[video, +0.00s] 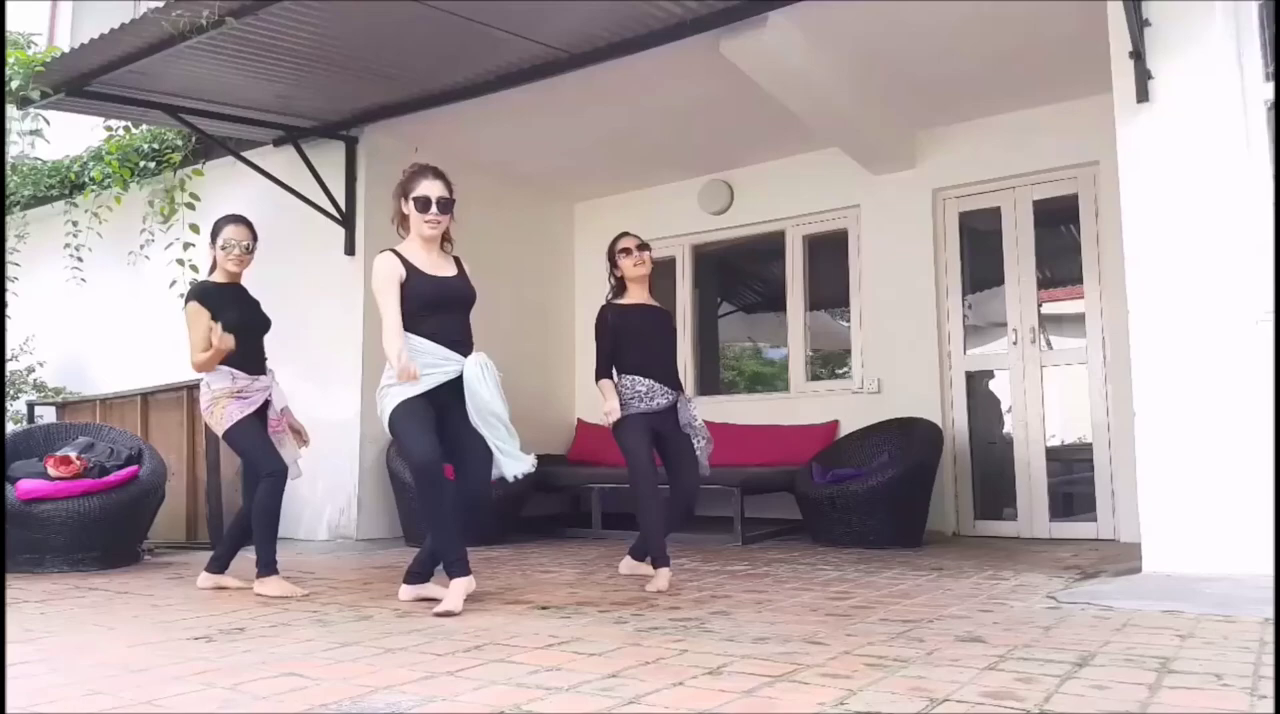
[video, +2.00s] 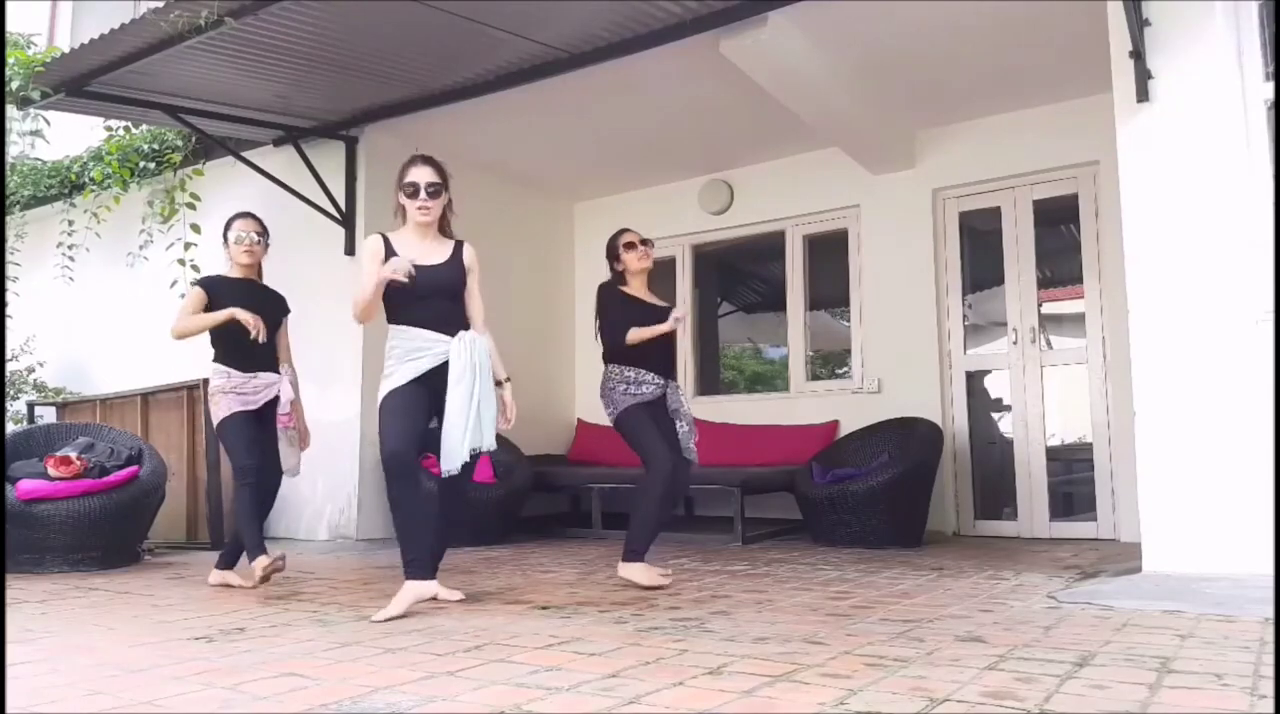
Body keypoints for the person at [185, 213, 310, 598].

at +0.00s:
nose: (238, 253)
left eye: (246, 247)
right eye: (230, 246)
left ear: (253, 252)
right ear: (213, 249)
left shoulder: (246, 296)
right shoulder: (201, 296)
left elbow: (258, 365)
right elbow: (199, 364)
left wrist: (285, 415)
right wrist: (220, 350)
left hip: (261, 393)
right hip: (226, 395)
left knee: (257, 497)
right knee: (273, 469)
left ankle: (213, 570)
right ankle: (267, 575)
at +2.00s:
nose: (249, 241)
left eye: (257, 236)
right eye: (240, 236)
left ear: (266, 246)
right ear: (227, 246)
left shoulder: (275, 300)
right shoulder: (210, 286)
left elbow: (286, 362)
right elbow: (179, 327)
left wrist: (298, 413)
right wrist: (230, 313)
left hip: (272, 390)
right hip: (230, 389)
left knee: (270, 478)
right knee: (247, 469)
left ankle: (224, 567)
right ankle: (258, 558)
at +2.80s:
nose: (246, 235)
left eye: (254, 228)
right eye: (238, 229)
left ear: (266, 234)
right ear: (228, 234)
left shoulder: (281, 287)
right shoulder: (215, 277)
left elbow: (284, 349)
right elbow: (201, 341)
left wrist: (290, 400)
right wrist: (195, 398)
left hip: (265, 384)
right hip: (224, 381)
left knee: (252, 473)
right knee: (227, 468)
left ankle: (235, 565)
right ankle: (203, 565)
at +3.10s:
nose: (250, 254)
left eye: (258, 247)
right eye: (241, 247)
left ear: (270, 252)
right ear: (231, 252)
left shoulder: (282, 305)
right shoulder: (215, 290)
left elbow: (295, 367)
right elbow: (178, 334)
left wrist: (316, 414)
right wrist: (193, 285)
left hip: (274, 393)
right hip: (229, 392)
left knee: (272, 483)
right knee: (226, 469)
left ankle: (240, 566)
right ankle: (217, 556)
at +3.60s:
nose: (240, 245)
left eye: (248, 237)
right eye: (233, 239)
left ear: (266, 239)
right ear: (227, 243)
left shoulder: (290, 289)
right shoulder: (219, 286)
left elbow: (300, 349)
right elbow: (199, 342)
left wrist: (308, 403)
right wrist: (193, 386)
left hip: (258, 386)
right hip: (212, 384)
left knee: (256, 476)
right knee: (205, 465)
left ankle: (236, 565)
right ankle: (179, 559)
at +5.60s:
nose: (303, 260)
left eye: (310, 253)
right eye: (295, 255)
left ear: (323, 257)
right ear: (286, 259)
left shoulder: (333, 298)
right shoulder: (272, 296)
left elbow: (362, 309)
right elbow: (220, 327)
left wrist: (351, 277)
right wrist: (181, 347)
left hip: (316, 393)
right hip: (272, 391)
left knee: (351, 479)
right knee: (255, 481)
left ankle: (352, 555)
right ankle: (226, 557)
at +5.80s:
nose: (309, 258)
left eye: (317, 252)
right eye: (302, 252)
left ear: (329, 259)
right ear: (292, 256)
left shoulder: (333, 299)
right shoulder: (272, 292)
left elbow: (366, 308)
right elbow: (230, 323)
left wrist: (342, 274)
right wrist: (219, 344)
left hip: (312, 392)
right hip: (269, 389)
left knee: (355, 461)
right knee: (252, 479)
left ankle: (333, 553)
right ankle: (239, 563)